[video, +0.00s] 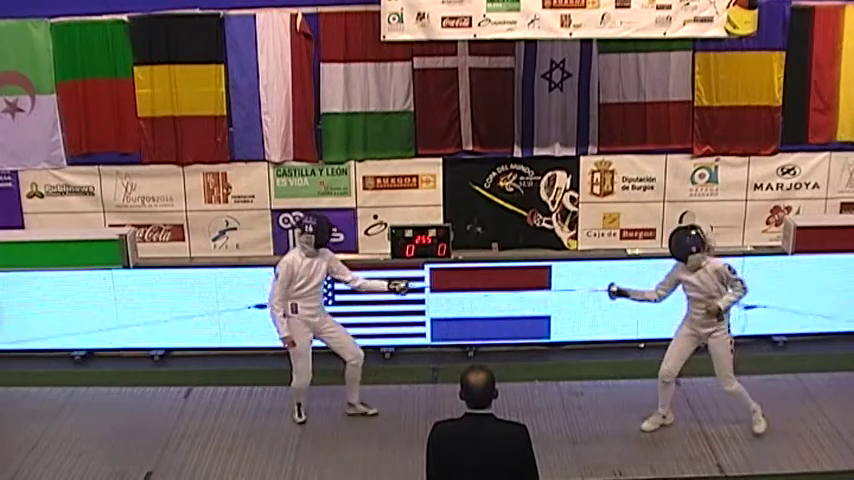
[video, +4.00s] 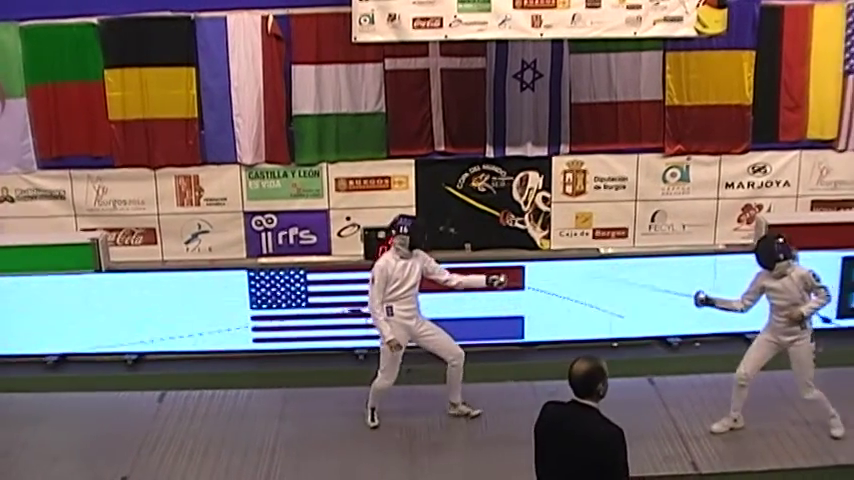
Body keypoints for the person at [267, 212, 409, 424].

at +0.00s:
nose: (305, 240)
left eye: (310, 237)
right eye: (302, 235)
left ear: (320, 241)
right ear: (299, 236)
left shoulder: (326, 258)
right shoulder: (289, 262)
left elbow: (355, 282)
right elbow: (275, 302)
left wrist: (389, 286)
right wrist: (284, 333)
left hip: (320, 317)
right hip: (296, 320)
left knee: (355, 356)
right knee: (302, 376)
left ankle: (353, 404)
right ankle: (299, 406)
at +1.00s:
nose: (359, 248)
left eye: (365, 245)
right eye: (357, 242)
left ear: (374, 248)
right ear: (352, 242)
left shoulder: (378, 266)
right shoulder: (342, 271)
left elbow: (405, 291)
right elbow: (333, 312)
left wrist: (439, 302)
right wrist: (344, 340)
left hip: (375, 328)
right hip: (351, 332)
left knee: (414, 356)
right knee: (336, 386)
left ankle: (409, 405)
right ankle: (307, 405)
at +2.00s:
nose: (375, 236)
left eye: (381, 232)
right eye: (374, 231)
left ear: (391, 236)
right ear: (371, 233)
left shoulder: (398, 255)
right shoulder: (362, 262)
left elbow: (430, 277)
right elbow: (355, 302)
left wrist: (466, 281)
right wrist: (371, 329)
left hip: (395, 320)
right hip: (371, 323)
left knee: (426, 358)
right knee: (352, 376)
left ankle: (422, 408)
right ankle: (325, 404)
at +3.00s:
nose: (343, 252)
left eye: (349, 249)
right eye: (341, 247)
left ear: (358, 252)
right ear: (337, 246)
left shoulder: (361, 267)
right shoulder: (326, 271)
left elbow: (386, 294)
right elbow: (311, 312)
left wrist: (419, 307)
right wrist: (320, 344)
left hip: (356, 330)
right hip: (333, 332)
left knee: (390, 366)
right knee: (335, 386)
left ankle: (363, 406)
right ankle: (321, 409)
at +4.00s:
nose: (401, 240)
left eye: (406, 236)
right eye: (398, 235)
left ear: (414, 239)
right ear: (392, 236)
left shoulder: (420, 259)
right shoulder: (383, 264)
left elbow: (449, 280)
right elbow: (374, 304)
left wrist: (487, 281)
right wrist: (387, 335)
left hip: (417, 322)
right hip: (394, 325)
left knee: (456, 356)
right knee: (386, 379)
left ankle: (455, 405)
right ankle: (372, 407)